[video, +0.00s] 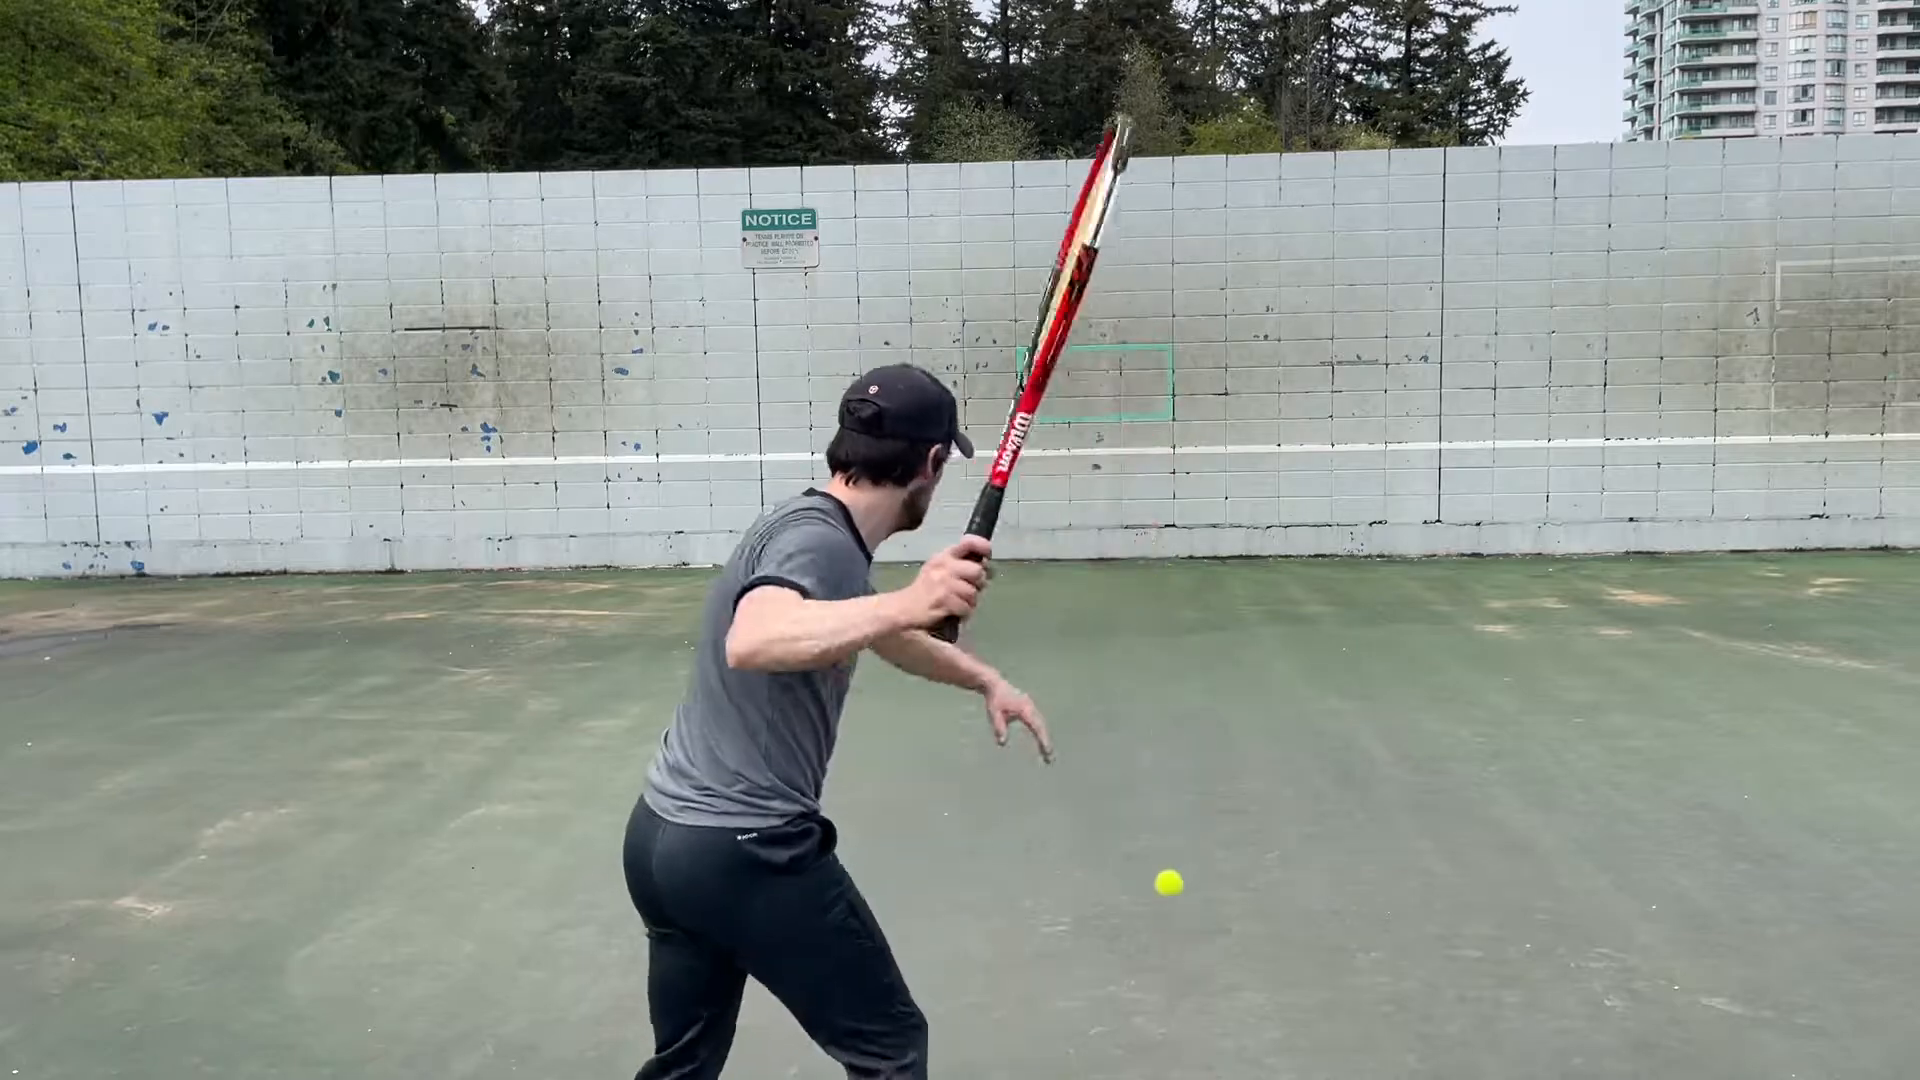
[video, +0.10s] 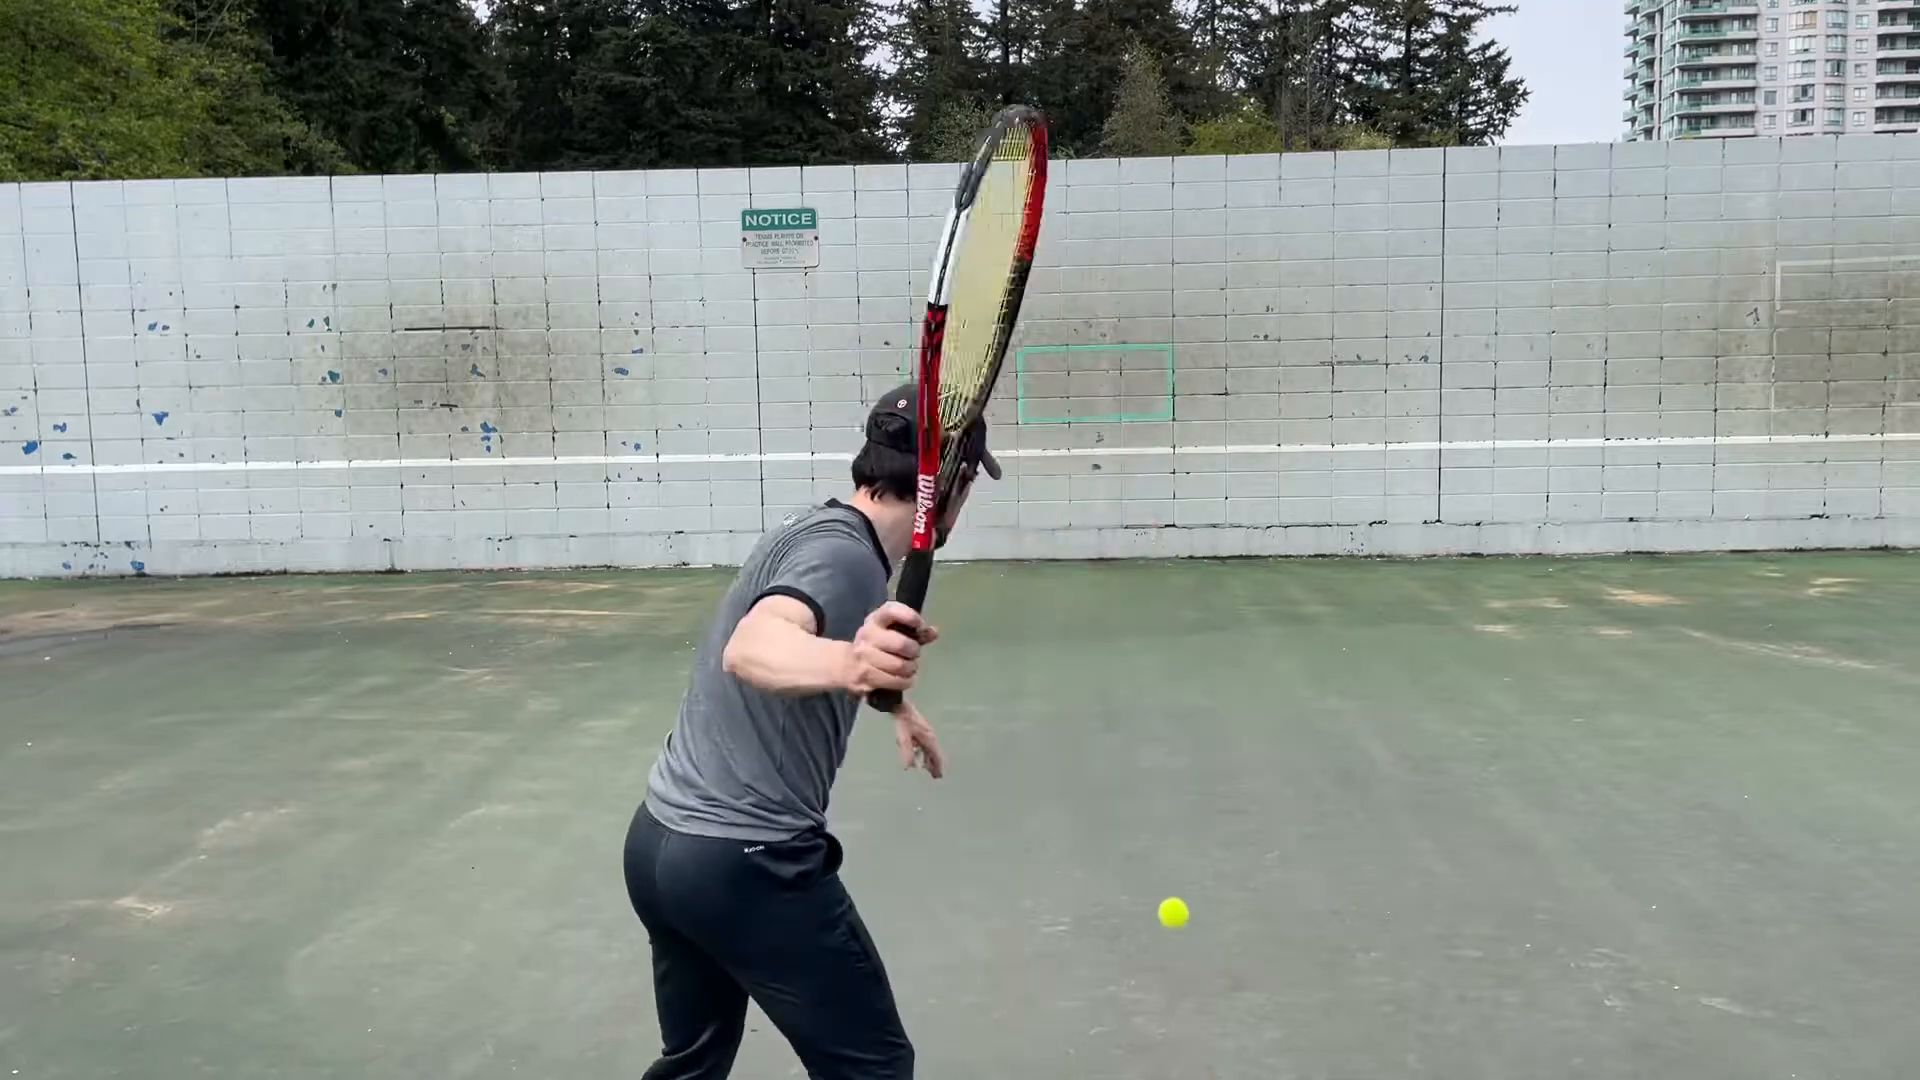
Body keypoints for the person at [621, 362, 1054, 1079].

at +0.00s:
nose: (942, 475)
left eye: (945, 459)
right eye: (945, 458)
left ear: (847, 445)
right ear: (930, 463)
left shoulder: (791, 523)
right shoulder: (823, 539)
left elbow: (880, 633)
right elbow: (753, 637)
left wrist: (987, 679)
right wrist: (906, 602)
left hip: (666, 836)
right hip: (753, 852)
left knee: (684, 1060)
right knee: (892, 1045)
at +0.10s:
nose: (966, 506)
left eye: (973, 486)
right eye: (967, 486)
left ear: (869, 469)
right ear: (937, 487)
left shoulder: (800, 533)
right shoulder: (846, 554)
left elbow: (843, 642)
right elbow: (754, 647)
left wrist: (901, 709)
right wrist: (848, 661)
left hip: (664, 845)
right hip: (753, 866)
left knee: (694, 1057)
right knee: (875, 1063)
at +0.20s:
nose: (983, 512)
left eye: (989, 493)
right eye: (987, 493)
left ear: (895, 465)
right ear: (971, 489)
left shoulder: (799, 533)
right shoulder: (879, 556)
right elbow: (822, 696)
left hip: (674, 856)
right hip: (775, 881)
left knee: (699, 1061)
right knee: (889, 1065)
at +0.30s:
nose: (976, 491)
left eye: (980, 472)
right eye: (980, 472)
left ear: (879, 450)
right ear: (964, 468)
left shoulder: (762, 523)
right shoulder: (924, 586)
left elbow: (656, 612)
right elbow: (923, 771)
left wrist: (624, 690)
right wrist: (950, 949)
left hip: (690, 863)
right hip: (813, 883)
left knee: (701, 1055)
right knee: (882, 1066)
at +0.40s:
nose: (949, 453)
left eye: (956, 436)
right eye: (954, 435)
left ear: (851, 409)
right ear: (934, 428)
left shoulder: (723, 494)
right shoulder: (932, 560)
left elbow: (608, 637)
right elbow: (950, 749)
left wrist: (564, 742)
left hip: (706, 848)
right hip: (839, 863)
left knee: (699, 1038)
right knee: (860, 1066)